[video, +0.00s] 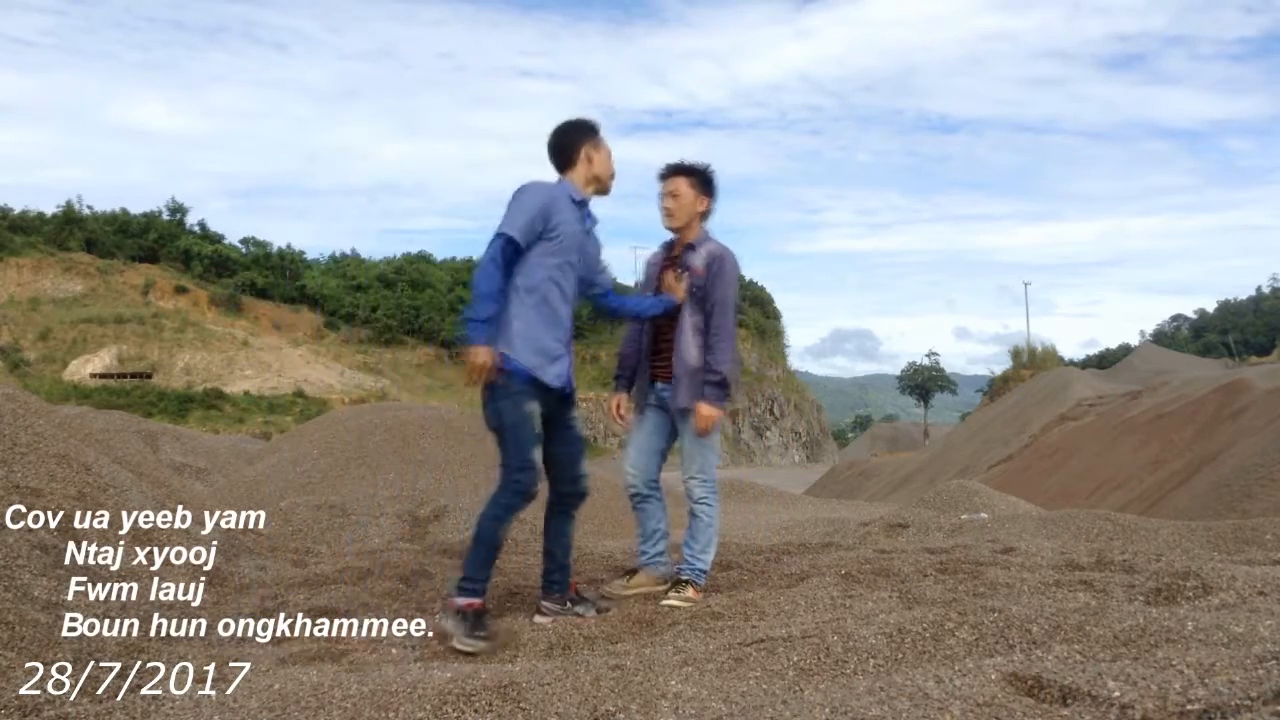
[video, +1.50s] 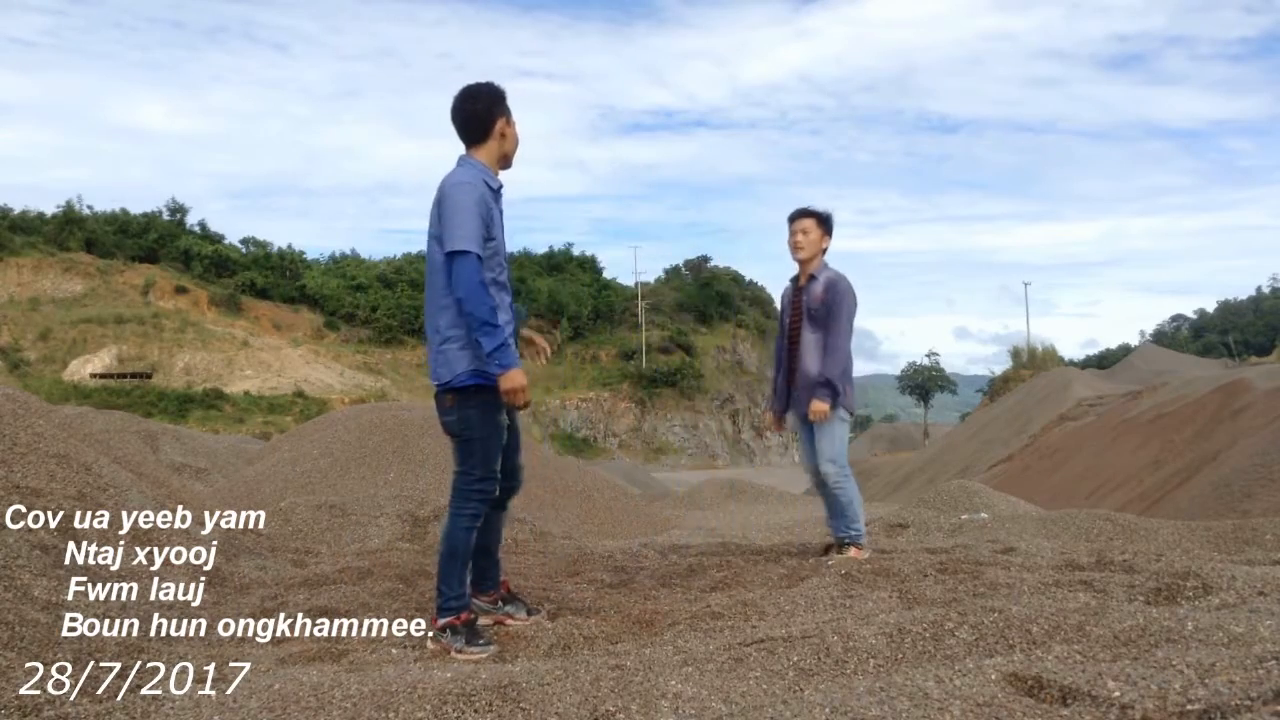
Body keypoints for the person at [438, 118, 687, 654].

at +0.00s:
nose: (614, 163)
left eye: (610, 153)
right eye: (608, 152)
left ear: (585, 159)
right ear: (587, 155)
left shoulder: (585, 233)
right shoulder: (541, 195)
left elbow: (608, 299)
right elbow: (496, 258)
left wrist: (668, 299)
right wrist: (480, 333)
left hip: (555, 376)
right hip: (513, 364)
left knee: (569, 486)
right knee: (520, 482)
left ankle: (556, 593)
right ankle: (468, 599)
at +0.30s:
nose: (574, 148)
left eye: (571, 138)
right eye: (566, 138)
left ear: (548, 145)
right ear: (544, 143)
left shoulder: (562, 211)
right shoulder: (492, 203)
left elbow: (606, 228)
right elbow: (472, 285)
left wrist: (660, 227)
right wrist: (511, 346)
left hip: (550, 377)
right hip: (501, 378)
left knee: (551, 491)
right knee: (507, 493)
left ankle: (556, 593)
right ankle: (461, 612)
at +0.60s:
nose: (542, 134)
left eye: (539, 123)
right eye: (537, 124)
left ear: (507, 130)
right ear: (519, 128)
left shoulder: (515, 196)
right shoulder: (464, 193)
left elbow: (509, 286)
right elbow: (444, 283)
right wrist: (437, 363)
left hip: (519, 370)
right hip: (473, 372)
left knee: (538, 479)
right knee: (488, 486)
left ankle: (540, 588)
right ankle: (458, 612)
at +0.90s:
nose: (535, 125)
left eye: (530, 115)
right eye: (530, 115)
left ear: (498, 123)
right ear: (515, 120)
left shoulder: (503, 188)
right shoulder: (462, 183)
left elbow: (446, 263)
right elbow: (433, 267)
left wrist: (408, 323)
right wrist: (434, 355)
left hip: (506, 366)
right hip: (464, 368)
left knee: (524, 473)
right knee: (471, 483)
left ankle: (486, 576)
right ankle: (447, 612)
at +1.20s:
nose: (520, 133)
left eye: (516, 122)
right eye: (516, 123)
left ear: (480, 128)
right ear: (503, 126)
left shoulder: (483, 190)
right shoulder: (458, 189)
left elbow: (482, 282)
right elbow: (454, 283)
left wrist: (506, 338)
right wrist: (480, 367)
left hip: (489, 365)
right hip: (465, 368)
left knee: (495, 481)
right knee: (476, 488)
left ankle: (483, 590)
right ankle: (450, 615)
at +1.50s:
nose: (518, 135)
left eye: (514, 124)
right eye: (514, 124)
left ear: (475, 130)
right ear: (501, 127)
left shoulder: (480, 188)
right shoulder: (464, 188)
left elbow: (481, 282)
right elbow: (467, 281)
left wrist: (512, 337)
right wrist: (505, 362)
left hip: (485, 368)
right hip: (467, 371)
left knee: (503, 479)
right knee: (474, 488)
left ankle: (485, 590)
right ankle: (450, 616)